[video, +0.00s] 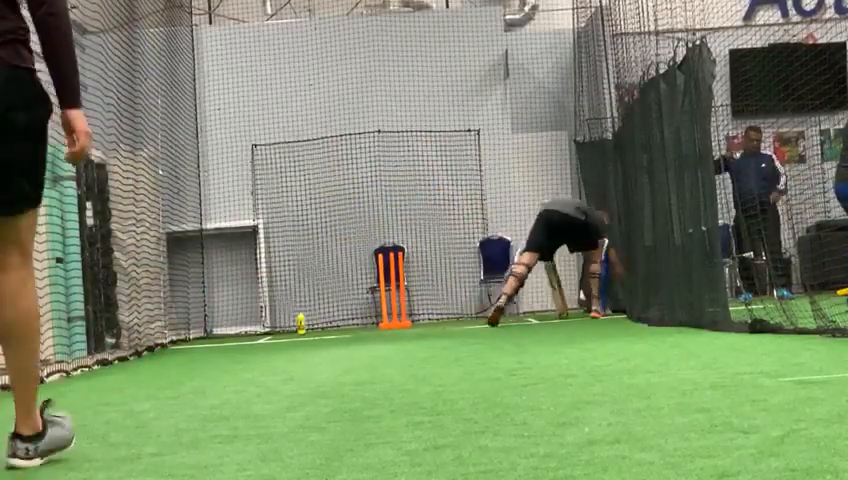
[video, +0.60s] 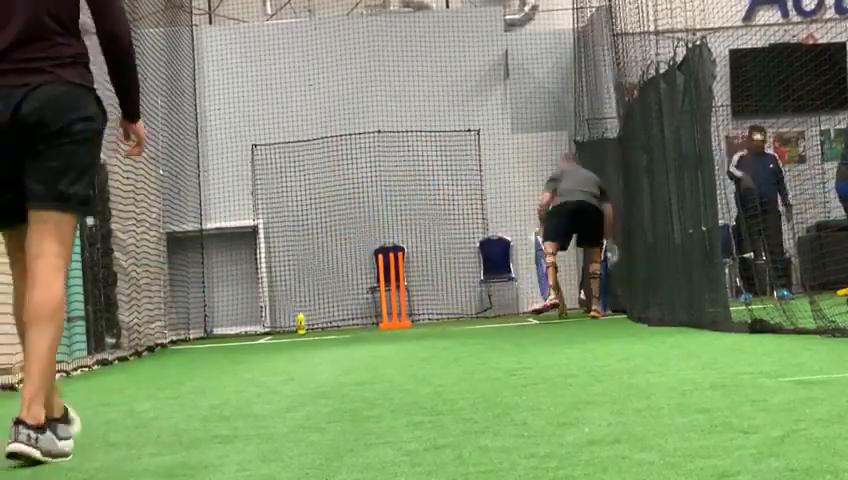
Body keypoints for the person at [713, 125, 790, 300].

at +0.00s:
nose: (755, 144)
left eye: (758, 141)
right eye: (752, 140)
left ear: (761, 142)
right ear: (744, 140)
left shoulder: (768, 159)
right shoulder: (733, 161)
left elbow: (782, 177)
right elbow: (712, 169)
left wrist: (778, 191)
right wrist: (726, 156)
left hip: (767, 209)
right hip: (743, 211)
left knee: (773, 247)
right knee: (744, 251)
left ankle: (779, 286)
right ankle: (749, 289)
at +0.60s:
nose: (759, 144)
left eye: (762, 141)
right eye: (755, 140)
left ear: (765, 141)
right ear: (749, 141)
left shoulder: (772, 158)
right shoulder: (740, 157)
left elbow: (780, 182)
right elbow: (731, 172)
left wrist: (786, 203)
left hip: (770, 209)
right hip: (748, 210)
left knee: (775, 247)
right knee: (746, 250)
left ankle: (781, 286)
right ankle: (749, 289)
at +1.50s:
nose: (758, 144)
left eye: (761, 141)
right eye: (754, 141)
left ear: (764, 142)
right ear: (746, 141)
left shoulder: (771, 159)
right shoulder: (735, 160)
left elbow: (779, 183)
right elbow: (726, 185)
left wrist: (783, 205)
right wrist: (732, 209)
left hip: (770, 210)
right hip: (746, 211)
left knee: (775, 247)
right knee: (748, 250)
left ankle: (781, 285)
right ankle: (749, 289)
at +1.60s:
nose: (758, 144)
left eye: (760, 141)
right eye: (754, 141)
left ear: (763, 141)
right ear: (745, 141)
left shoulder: (771, 159)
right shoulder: (735, 160)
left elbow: (779, 182)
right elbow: (726, 184)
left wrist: (782, 203)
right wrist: (732, 209)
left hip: (769, 210)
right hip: (746, 211)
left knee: (775, 247)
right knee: (747, 250)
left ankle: (781, 285)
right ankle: (748, 289)